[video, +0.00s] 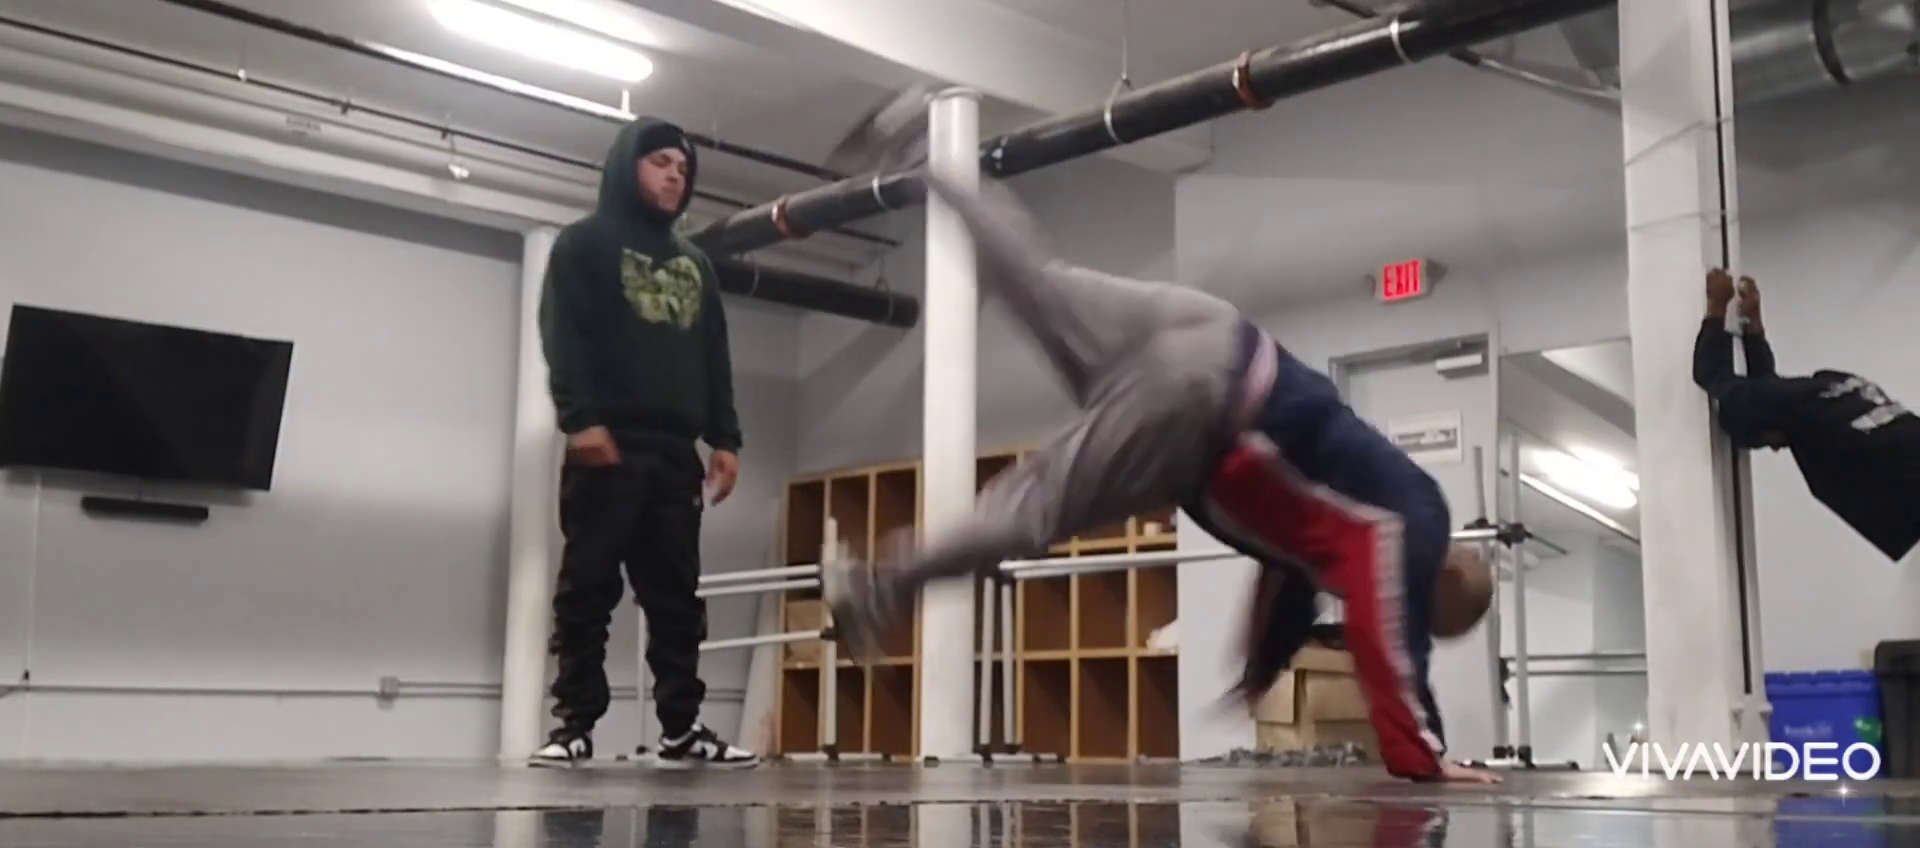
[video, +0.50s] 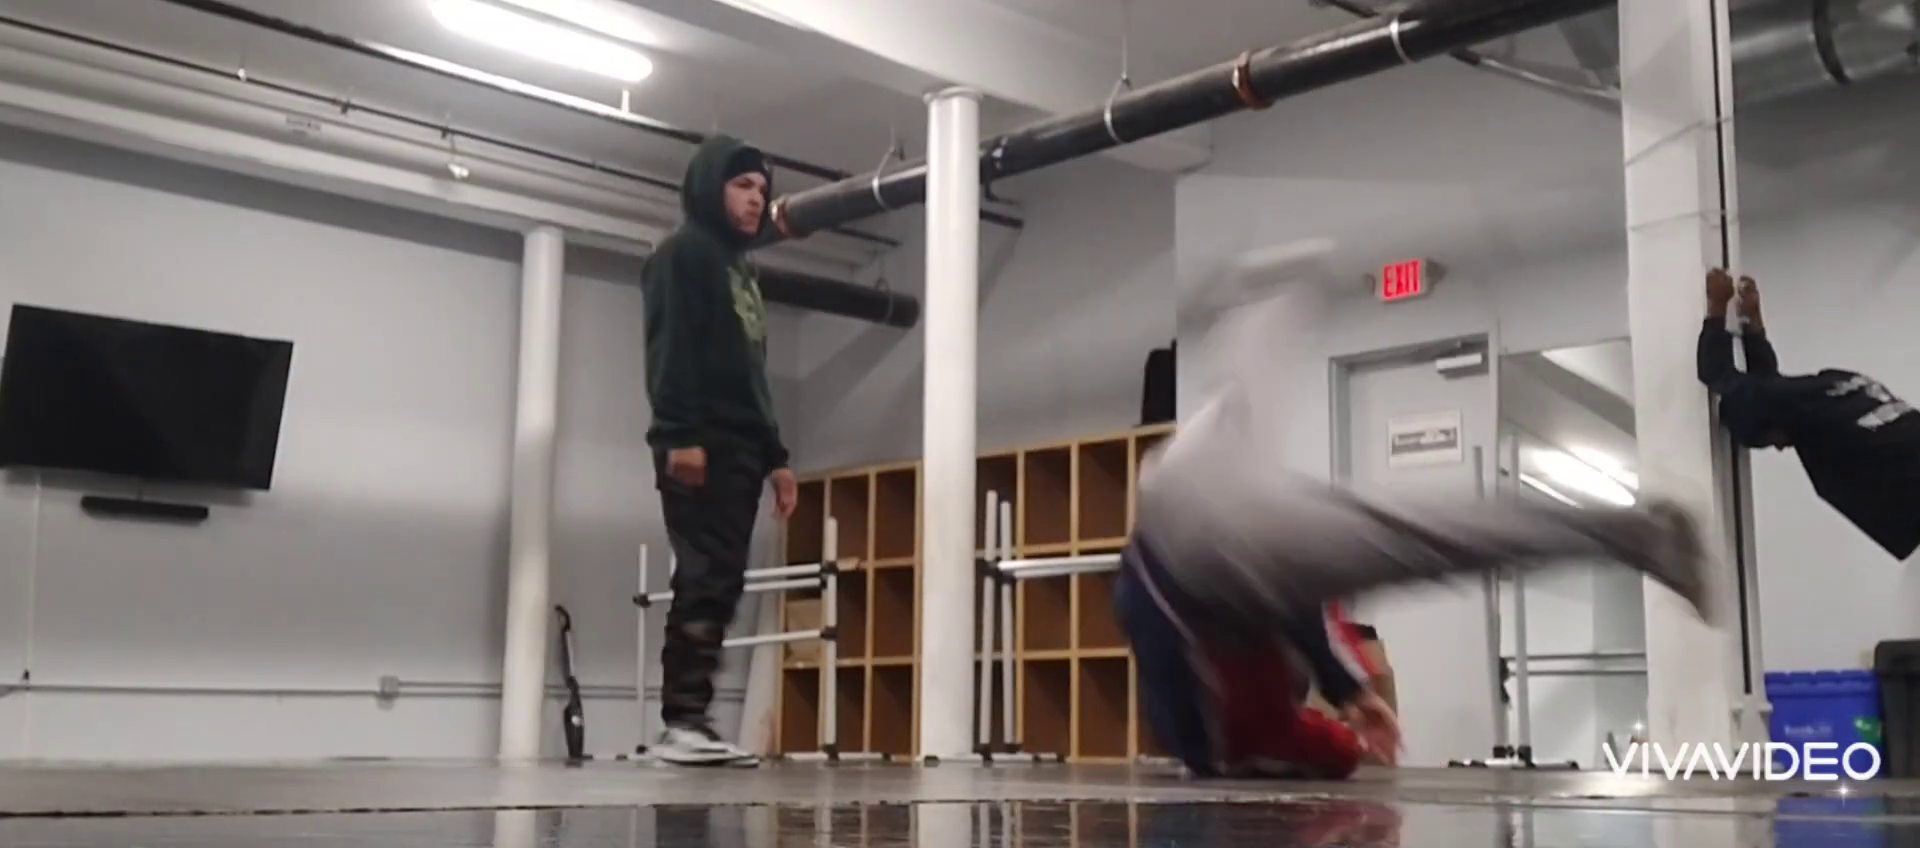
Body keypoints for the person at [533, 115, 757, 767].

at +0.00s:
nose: (675, 177)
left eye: (682, 169)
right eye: (662, 162)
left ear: (687, 184)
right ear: (628, 167)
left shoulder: (694, 263)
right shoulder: (583, 243)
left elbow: (714, 357)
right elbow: (562, 337)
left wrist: (724, 440)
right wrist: (580, 421)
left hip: (675, 449)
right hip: (603, 444)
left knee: (675, 594)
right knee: (587, 591)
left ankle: (681, 728)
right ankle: (573, 728)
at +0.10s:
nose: (691, 182)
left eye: (699, 173)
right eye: (679, 168)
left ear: (704, 186)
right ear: (644, 171)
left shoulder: (708, 267)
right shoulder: (604, 246)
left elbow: (728, 360)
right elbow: (586, 340)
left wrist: (737, 446)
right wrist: (606, 420)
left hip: (694, 450)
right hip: (626, 443)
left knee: (682, 596)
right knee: (600, 588)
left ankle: (681, 729)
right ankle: (574, 728)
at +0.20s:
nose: (709, 188)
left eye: (717, 180)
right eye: (696, 174)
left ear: (721, 194)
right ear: (664, 180)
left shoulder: (723, 272)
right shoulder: (624, 251)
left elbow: (740, 364)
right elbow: (607, 344)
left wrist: (751, 451)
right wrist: (627, 425)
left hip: (713, 450)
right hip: (647, 444)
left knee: (695, 594)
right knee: (619, 583)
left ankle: (683, 730)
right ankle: (576, 725)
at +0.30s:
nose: (725, 195)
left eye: (732, 186)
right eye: (712, 181)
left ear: (736, 198)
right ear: (679, 186)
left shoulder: (729, 275)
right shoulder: (644, 254)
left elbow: (747, 367)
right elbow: (628, 348)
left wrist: (764, 454)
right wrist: (643, 434)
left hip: (727, 452)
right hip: (669, 446)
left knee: (704, 593)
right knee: (643, 579)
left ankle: (683, 729)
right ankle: (592, 713)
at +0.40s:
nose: (739, 198)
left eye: (746, 188)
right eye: (728, 184)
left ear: (749, 198)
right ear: (692, 186)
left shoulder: (735, 272)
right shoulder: (662, 256)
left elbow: (751, 370)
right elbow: (649, 351)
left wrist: (774, 456)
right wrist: (657, 437)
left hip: (734, 449)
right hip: (686, 445)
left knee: (713, 590)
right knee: (678, 579)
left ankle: (684, 728)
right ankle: (635, 717)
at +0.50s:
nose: (756, 200)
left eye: (761, 190)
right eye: (744, 186)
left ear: (762, 199)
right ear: (709, 188)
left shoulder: (741, 271)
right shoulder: (681, 255)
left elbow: (751, 373)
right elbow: (670, 349)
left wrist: (777, 459)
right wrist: (679, 435)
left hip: (739, 447)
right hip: (700, 444)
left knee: (718, 581)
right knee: (704, 578)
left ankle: (692, 722)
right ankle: (681, 723)